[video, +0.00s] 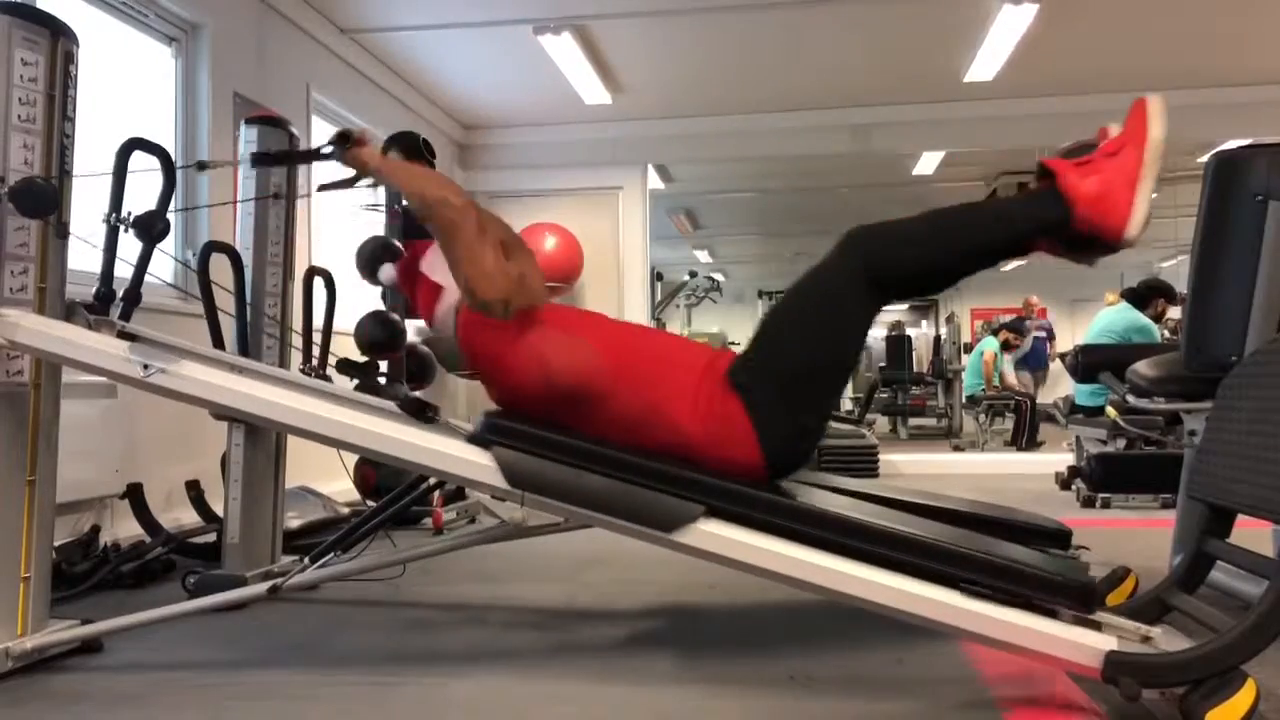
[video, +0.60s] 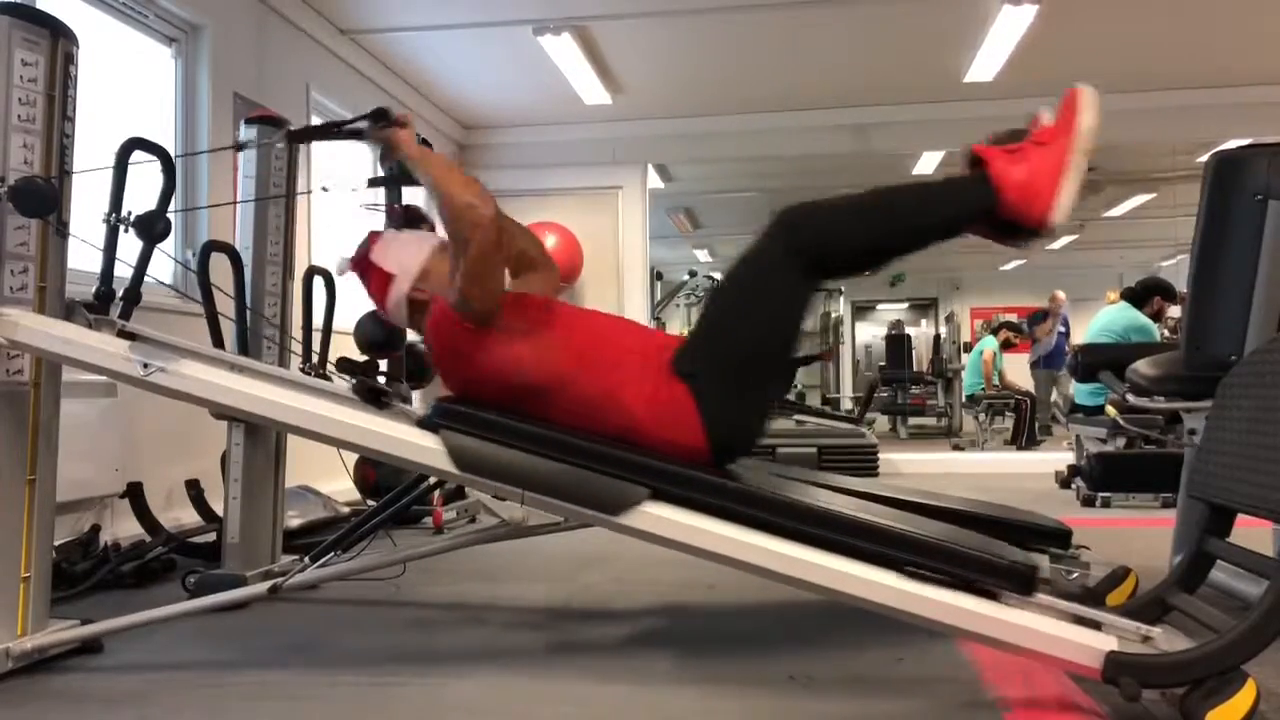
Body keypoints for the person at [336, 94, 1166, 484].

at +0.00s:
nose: (503, 246)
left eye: (483, 236)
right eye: (482, 245)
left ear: (444, 287)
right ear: (457, 274)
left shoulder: (509, 325)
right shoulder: (499, 326)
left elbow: (552, 246)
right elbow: (458, 211)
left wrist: (424, 194)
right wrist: (385, 164)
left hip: (742, 407)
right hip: (748, 425)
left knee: (858, 256)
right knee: (859, 261)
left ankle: (1061, 201)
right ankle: (1072, 203)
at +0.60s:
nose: (419, 253)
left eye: (410, 248)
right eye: (407, 255)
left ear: (432, 273)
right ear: (410, 297)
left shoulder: (499, 321)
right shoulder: (457, 343)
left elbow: (548, 252)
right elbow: (480, 228)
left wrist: (454, 190)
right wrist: (410, 155)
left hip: (700, 384)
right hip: (700, 410)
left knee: (795, 236)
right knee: (793, 237)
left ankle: (999, 186)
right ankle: (1005, 190)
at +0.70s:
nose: (401, 228)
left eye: (391, 223)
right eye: (381, 232)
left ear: (401, 244)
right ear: (367, 275)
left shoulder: (453, 304)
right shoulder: (406, 325)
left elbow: (539, 269)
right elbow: (462, 237)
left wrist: (493, 185)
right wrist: (428, 131)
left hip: (646, 373)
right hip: (648, 398)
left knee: (729, 210)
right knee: (727, 210)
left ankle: (922, 164)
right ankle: (928, 165)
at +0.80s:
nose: (369, 218)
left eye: (360, 211)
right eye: (352, 219)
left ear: (339, 248)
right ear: (330, 254)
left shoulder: (405, 303)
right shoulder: (367, 311)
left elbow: (511, 282)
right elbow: (436, 236)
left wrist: (517, 191)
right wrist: (449, 119)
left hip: (600, 361)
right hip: (603, 380)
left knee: (657, 192)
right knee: (655, 190)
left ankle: (844, 151)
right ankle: (844, 139)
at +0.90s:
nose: (339, 204)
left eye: (326, 195)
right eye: (319, 201)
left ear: (307, 230)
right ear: (294, 235)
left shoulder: (373, 287)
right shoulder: (329, 294)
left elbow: (491, 269)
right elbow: (417, 228)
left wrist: (556, 194)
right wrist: (473, 118)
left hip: (557, 353)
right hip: (558, 370)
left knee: (584, 180)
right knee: (574, 173)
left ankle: (765, 128)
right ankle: (766, 125)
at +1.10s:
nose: (302, 173)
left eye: (289, 164)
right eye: (282, 169)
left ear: (250, 205)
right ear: (247, 204)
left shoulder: (302, 259)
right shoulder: (282, 253)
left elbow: (437, 231)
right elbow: (397, 222)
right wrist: (514, 168)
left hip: (503, 341)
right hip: (497, 346)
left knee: (477, 153)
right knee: (472, 145)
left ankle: (659, 118)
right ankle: (648, 90)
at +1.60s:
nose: (316, 184)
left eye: (304, 176)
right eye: (297, 183)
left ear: (286, 210)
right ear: (269, 220)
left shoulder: (351, 266)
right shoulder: (308, 262)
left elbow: (471, 252)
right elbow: (404, 183)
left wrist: (541, 205)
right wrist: (494, 87)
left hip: (526, 351)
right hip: (524, 362)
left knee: (565, 177)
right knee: (552, 160)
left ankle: (738, 132)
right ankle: (729, 103)